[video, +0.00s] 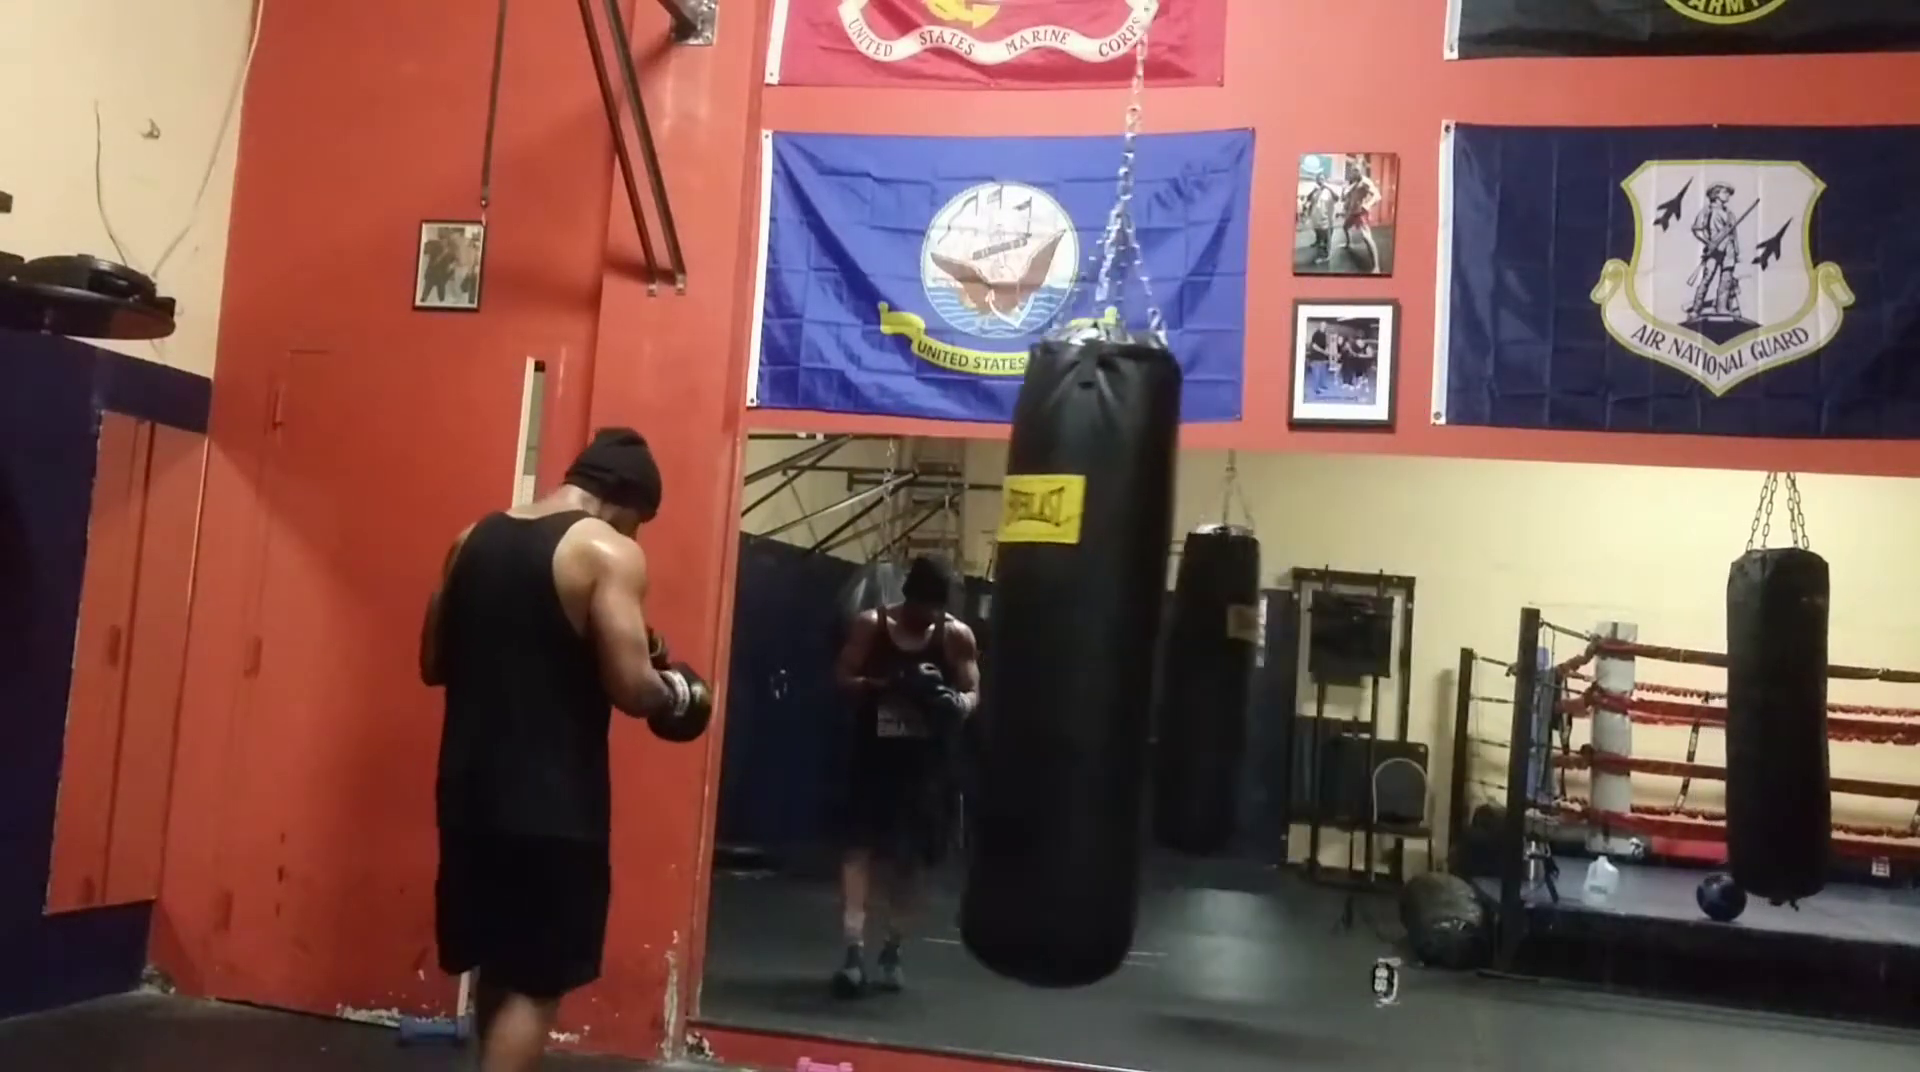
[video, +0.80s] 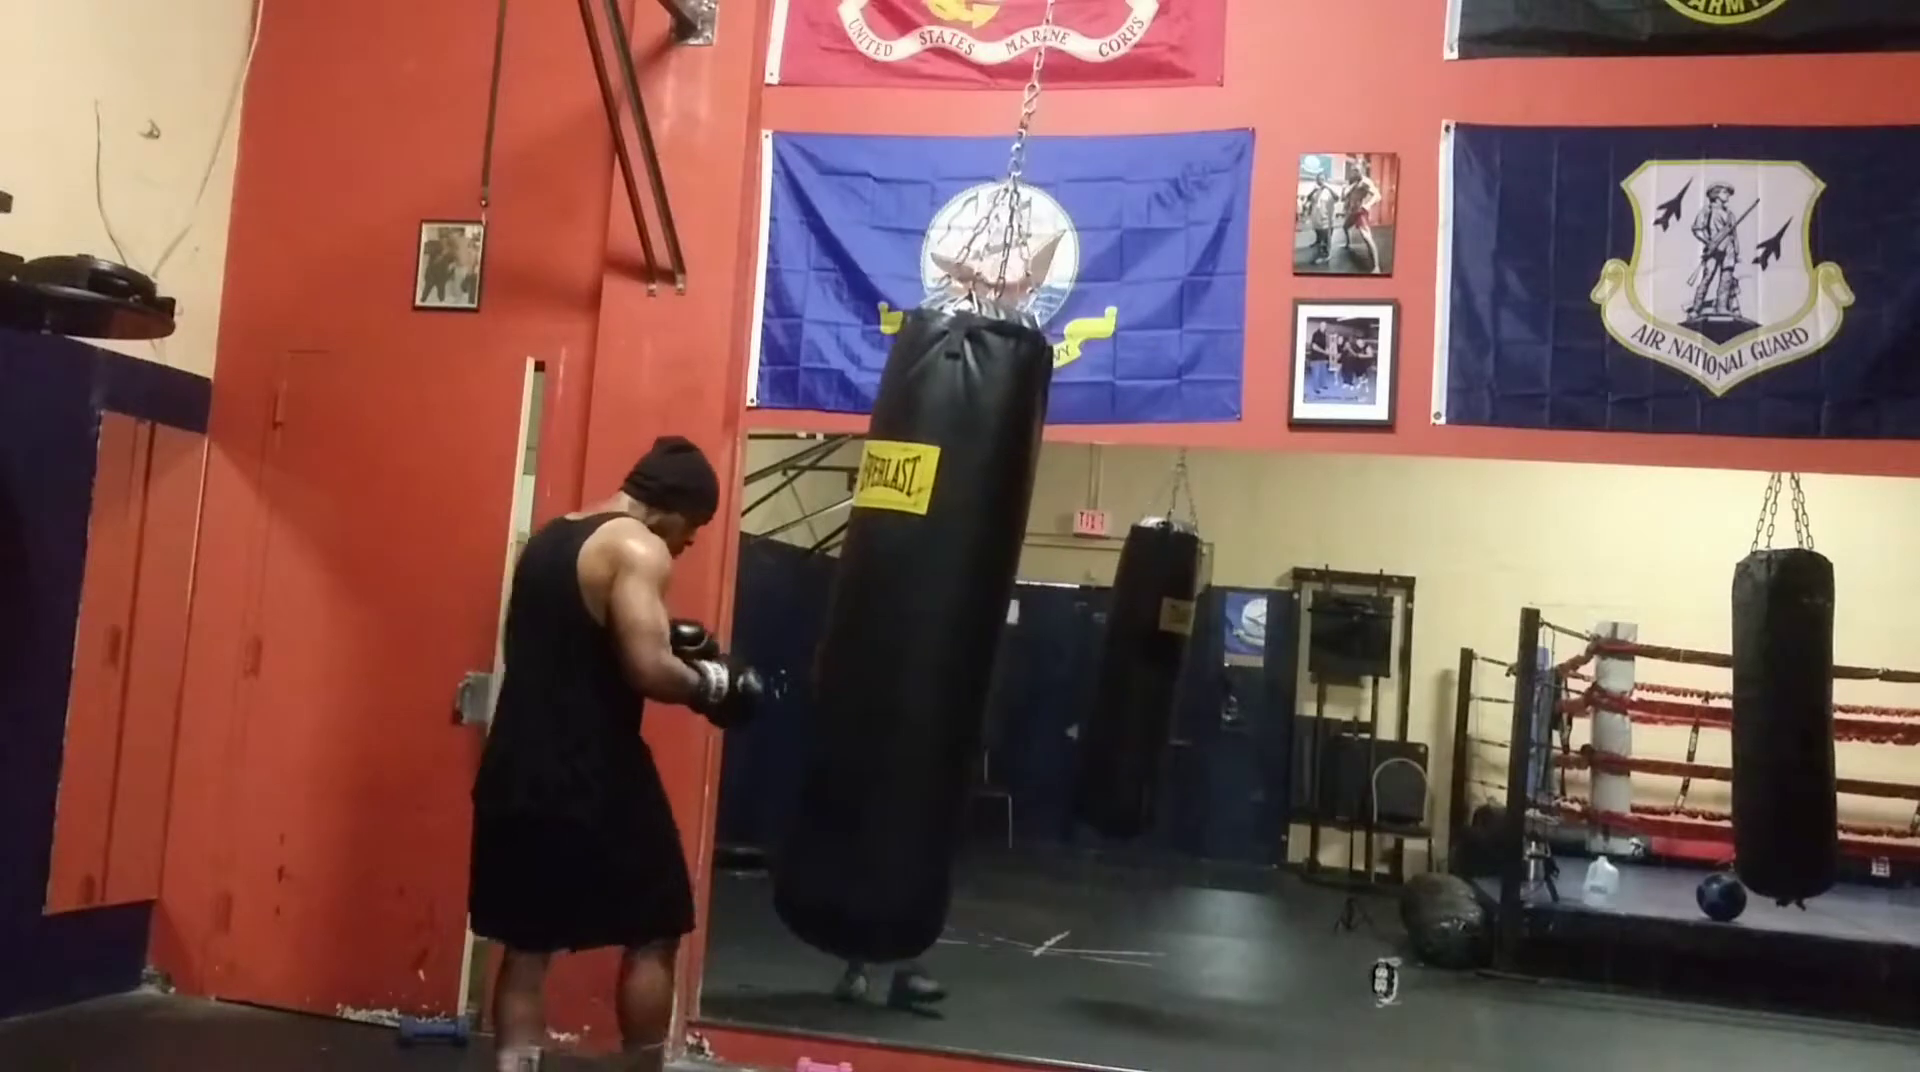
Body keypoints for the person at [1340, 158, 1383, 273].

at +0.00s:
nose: (1351, 173)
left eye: (1354, 170)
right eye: (1350, 171)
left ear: (1359, 171)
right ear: (1350, 172)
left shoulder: (1365, 182)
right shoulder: (1351, 184)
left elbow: (1376, 195)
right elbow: (1346, 198)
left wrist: (1367, 205)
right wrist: (1346, 209)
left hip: (1361, 213)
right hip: (1351, 213)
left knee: (1366, 237)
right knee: (1345, 227)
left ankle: (1375, 266)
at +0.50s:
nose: (1350, 174)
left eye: (1353, 171)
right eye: (1350, 172)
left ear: (1358, 172)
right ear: (1351, 173)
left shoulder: (1365, 182)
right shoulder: (1352, 185)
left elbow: (1376, 195)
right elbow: (1347, 198)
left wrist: (1366, 205)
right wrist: (1345, 209)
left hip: (1361, 211)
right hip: (1352, 212)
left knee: (1366, 237)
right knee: (1345, 227)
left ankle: (1376, 266)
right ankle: (1348, 243)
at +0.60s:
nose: (1353, 173)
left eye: (1356, 170)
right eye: (1352, 171)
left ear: (1361, 171)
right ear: (1351, 172)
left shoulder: (1365, 182)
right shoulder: (1352, 184)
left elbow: (1376, 195)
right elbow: (1344, 197)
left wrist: (1366, 206)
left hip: (1361, 211)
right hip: (1351, 212)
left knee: (1366, 236)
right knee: (1345, 227)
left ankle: (1376, 266)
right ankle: (1347, 244)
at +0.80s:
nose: (1353, 173)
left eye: (1356, 170)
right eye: (1352, 171)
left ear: (1360, 171)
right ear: (1351, 172)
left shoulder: (1365, 182)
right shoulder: (1352, 184)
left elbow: (1376, 195)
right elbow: (1344, 196)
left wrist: (1367, 206)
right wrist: (1349, 186)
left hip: (1361, 211)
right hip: (1351, 212)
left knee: (1366, 236)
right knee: (1345, 227)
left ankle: (1376, 266)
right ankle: (1347, 244)